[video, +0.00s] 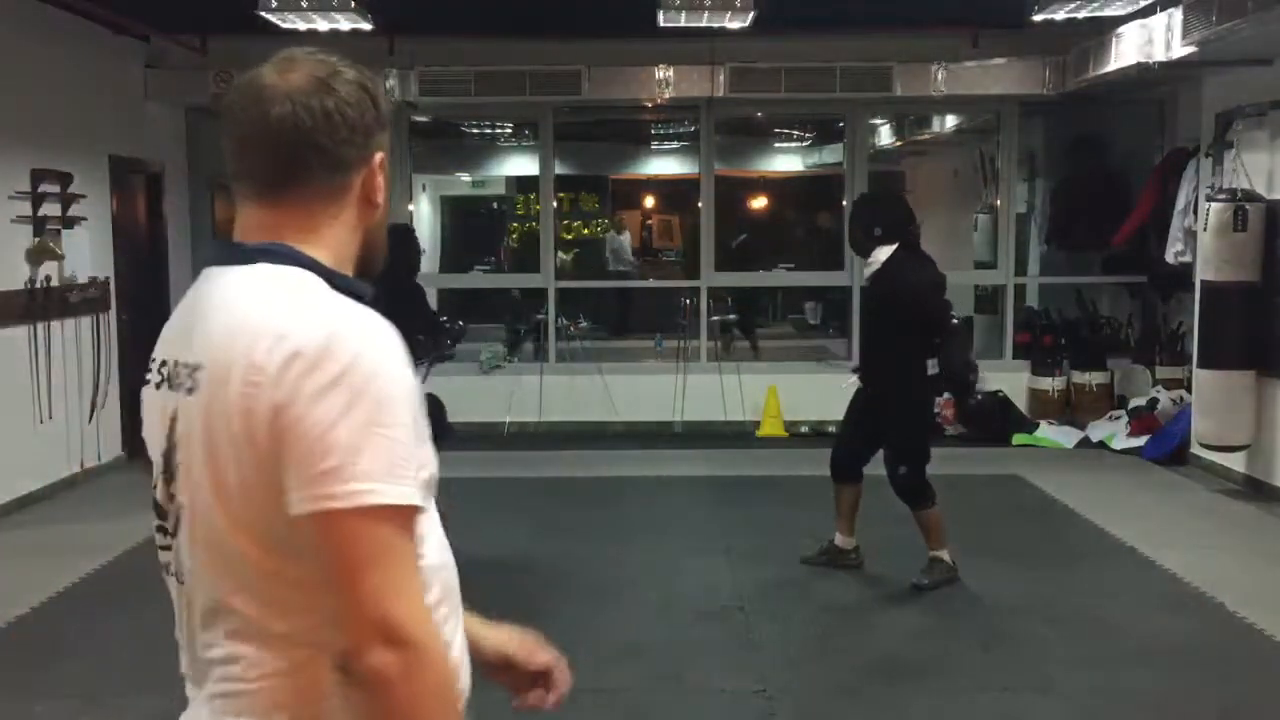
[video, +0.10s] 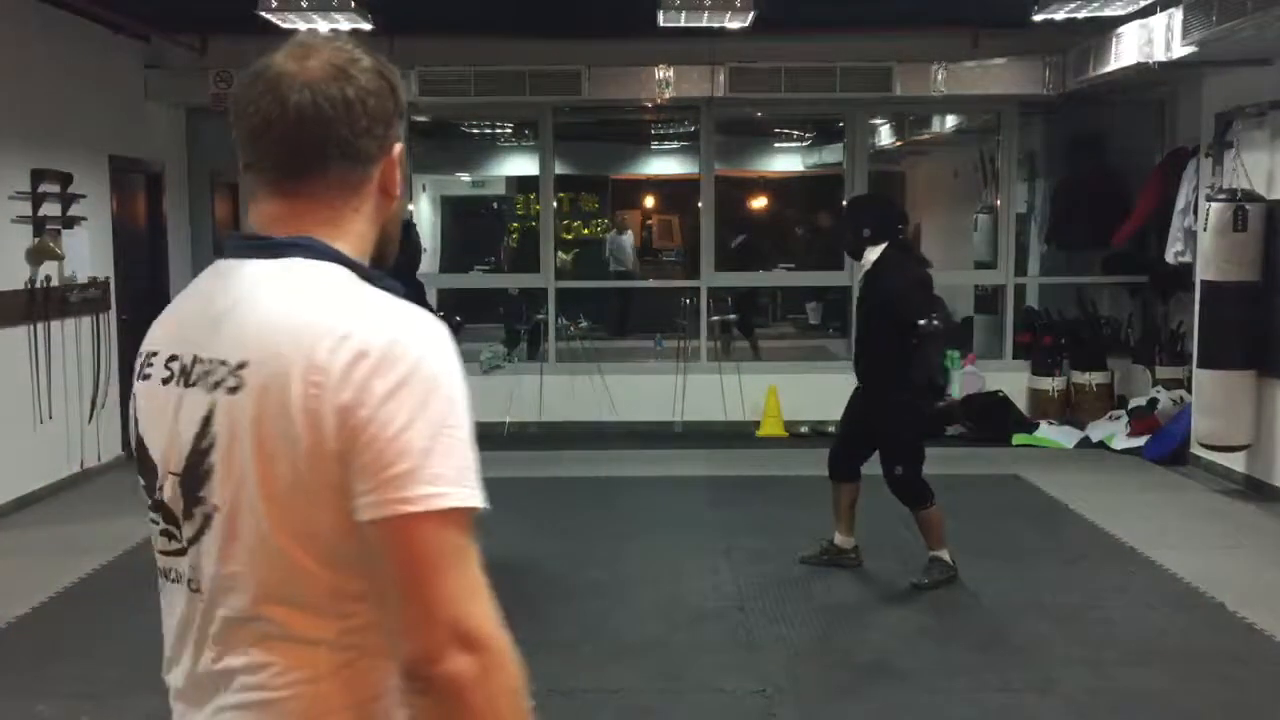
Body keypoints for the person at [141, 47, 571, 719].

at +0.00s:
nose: (396, 199)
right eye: (396, 177)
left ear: (242, 174)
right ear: (375, 182)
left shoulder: (193, 320)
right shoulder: (338, 341)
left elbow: (282, 553)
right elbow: (385, 649)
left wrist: (473, 635)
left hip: (218, 699)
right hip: (323, 707)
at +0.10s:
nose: (411, 193)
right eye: (409, 170)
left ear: (246, 165)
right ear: (392, 171)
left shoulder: (172, 329)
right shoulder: (388, 341)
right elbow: (452, 652)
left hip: (198, 695)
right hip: (336, 701)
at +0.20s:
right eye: (421, 157)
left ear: (253, 161)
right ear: (408, 165)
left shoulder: (159, 331)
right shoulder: (430, 345)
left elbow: (138, 578)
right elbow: (506, 664)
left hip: (180, 704)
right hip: (364, 705)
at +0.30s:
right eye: (429, 156)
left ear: (257, 163)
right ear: (415, 169)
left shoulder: (142, 332)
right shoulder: (457, 353)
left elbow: (96, 592)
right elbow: (545, 669)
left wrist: (136, 701)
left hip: (174, 703)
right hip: (376, 701)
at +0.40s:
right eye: (428, 155)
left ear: (254, 159)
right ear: (414, 164)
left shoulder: (124, 333)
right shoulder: (468, 355)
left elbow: (71, 599)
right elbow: (562, 670)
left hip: (158, 706)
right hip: (380, 703)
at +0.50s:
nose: (412, 173)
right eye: (414, 153)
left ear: (241, 157)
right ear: (398, 162)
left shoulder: (108, 334)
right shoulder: (466, 352)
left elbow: (51, 612)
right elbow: (557, 661)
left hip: (148, 702)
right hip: (371, 702)